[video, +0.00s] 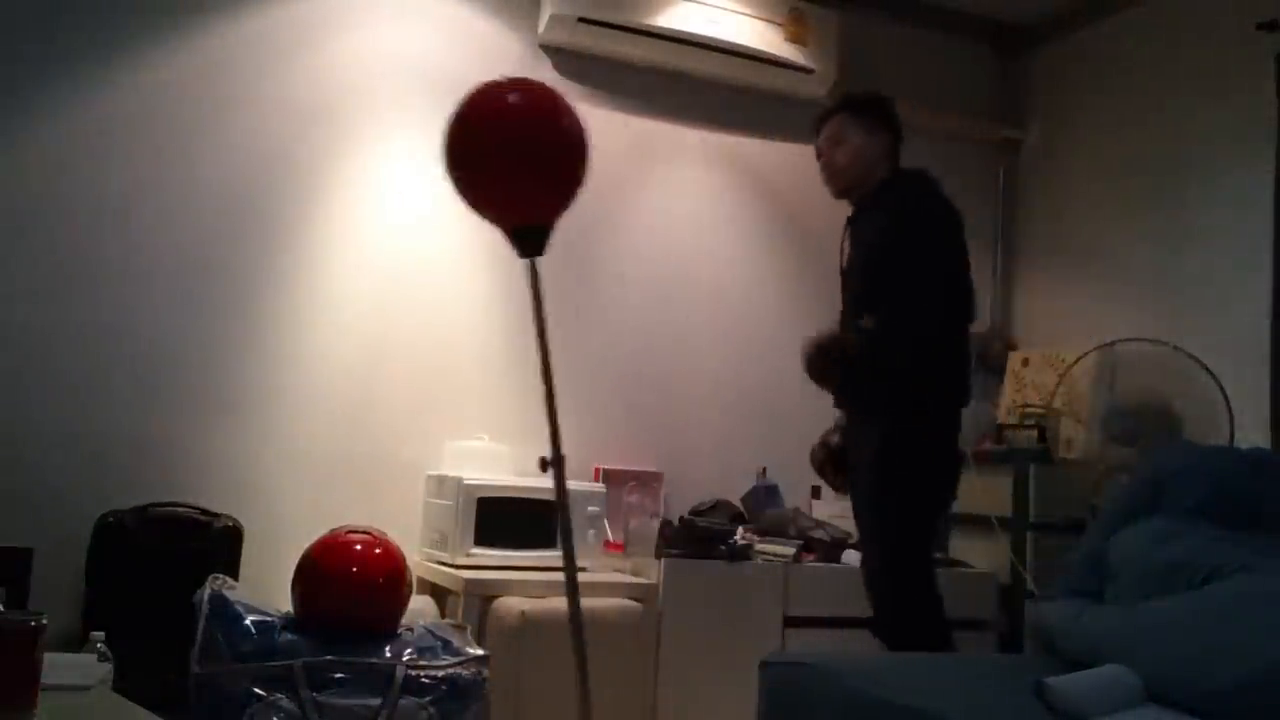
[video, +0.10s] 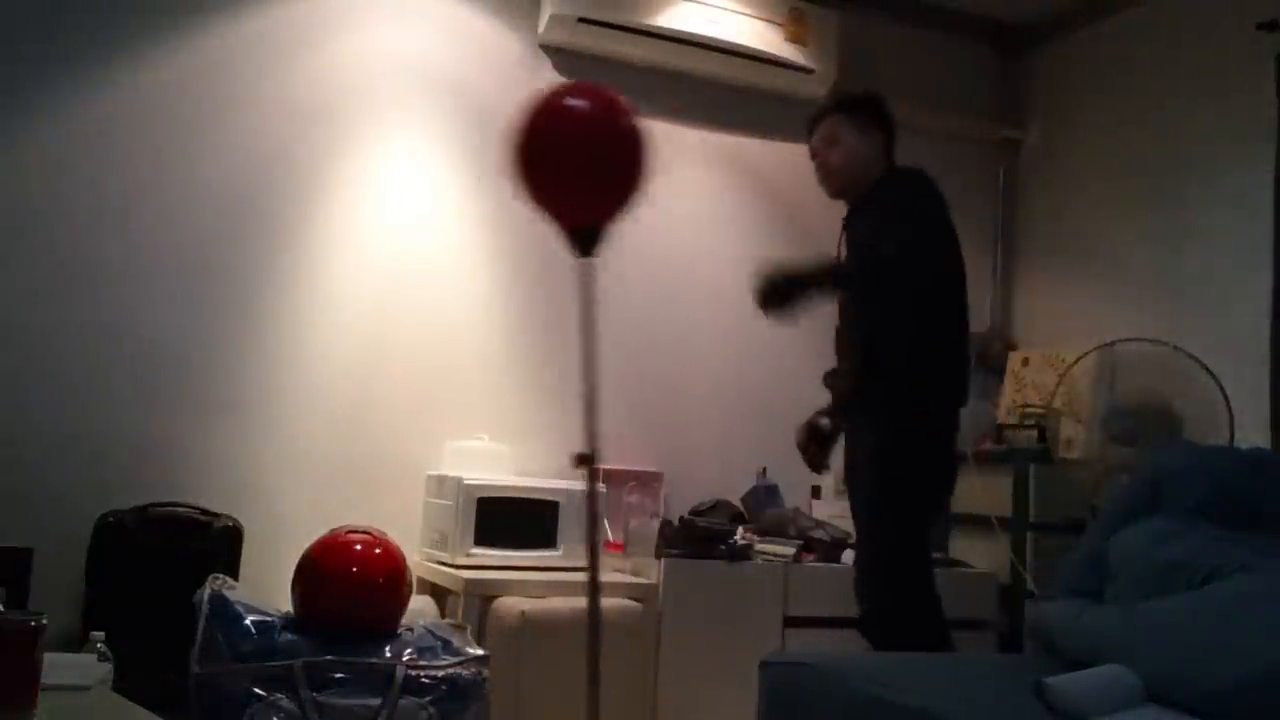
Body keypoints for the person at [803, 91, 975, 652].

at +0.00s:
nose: (821, 158)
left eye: (833, 143)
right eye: (819, 148)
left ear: (874, 143)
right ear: (871, 148)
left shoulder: (908, 210)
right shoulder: (876, 216)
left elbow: (905, 339)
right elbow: (877, 342)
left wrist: (837, 358)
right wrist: (848, 432)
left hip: (909, 427)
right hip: (891, 425)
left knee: (900, 589)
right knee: (897, 587)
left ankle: (931, 712)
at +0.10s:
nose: (821, 162)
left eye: (830, 145)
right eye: (815, 152)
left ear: (871, 141)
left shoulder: (906, 198)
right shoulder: (866, 219)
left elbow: (891, 274)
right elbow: (868, 348)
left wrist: (808, 278)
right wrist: (829, 419)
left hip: (911, 416)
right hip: (882, 417)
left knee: (896, 582)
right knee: (889, 581)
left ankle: (927, 708)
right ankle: (921, 709)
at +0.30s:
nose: (816, 164)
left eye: (824, 144)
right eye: (809, 154)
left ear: (863, 132)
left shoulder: (907, 184)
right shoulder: (873, 214)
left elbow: (834, 195)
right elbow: (879, 347)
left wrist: (746, 182)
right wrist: (807, 383)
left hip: (901, 423)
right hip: (881, 424)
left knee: (873, 594)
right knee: (884, 588)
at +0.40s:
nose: (804, 162)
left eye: (810, 144)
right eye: (797, 153)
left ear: (849, 129)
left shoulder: (899, 176)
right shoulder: (869, 206)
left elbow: (844, 207)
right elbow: (884, 343)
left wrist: (747, 182)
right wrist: (808, 354)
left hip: (898, 422)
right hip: (881, 423)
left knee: (872, 588)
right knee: (877, 587)